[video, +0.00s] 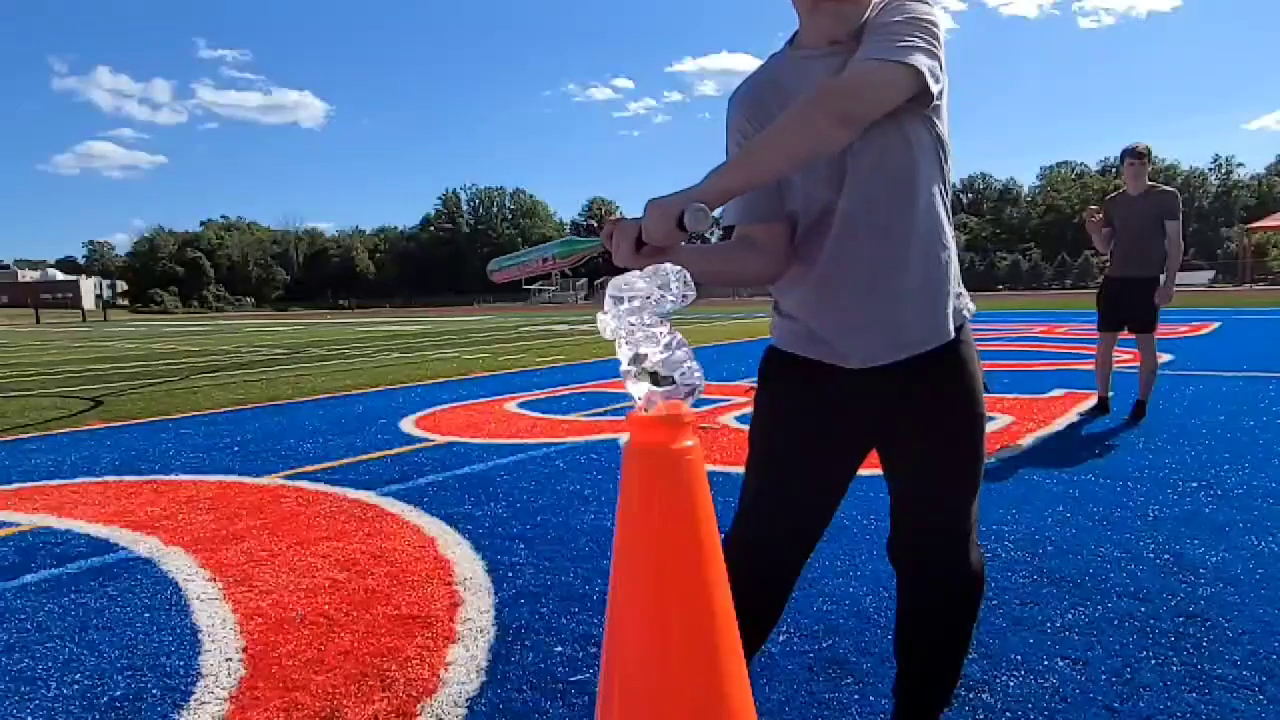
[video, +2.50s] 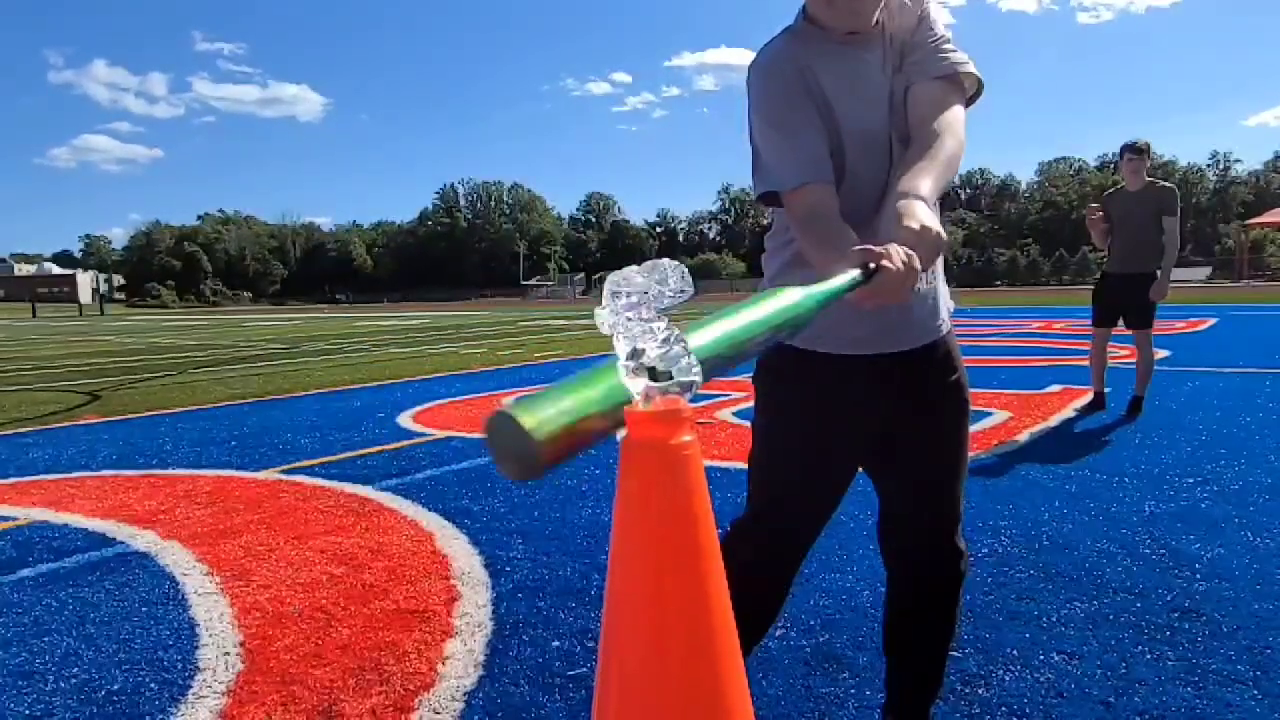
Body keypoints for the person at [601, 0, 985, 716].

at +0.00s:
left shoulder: (908, 21)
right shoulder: (756, 96)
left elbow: (843, 109)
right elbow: (766, 253)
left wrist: (696, 198)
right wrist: (663, 256)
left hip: (930, 358)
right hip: (809, 367)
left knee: (942, 569)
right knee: (753, 571)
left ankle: (919, 711)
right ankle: (687, 700)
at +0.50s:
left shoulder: (911, 17)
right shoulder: (760, 93)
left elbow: (893, 95)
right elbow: (778, 251)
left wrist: (746, 202)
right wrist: (677, 255)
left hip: (928, 355)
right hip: (810, 363)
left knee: (940, 568)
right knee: (756, 568)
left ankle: (917, 712)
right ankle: (686, 698)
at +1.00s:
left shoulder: (910, 21)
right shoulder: (766, 87)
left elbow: (895, 113)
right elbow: (792, 251)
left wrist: (785, 210)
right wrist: (710, 271)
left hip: (927, 355)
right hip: (811, 364)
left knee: (941, 565)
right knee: (759, 565)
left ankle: (918, 707)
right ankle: (687, 696)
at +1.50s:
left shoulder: (918, 22)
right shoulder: (772, 79)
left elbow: (915, 121)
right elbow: (788, 223)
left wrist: (838, 207)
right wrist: (759, 273)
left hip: (924, 357)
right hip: (811, 363)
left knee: (936, 563)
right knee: (764, 554)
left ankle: (913, 711)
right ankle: (682, 694)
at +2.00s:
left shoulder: (919, 21)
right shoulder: (776, 72)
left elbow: (930, 122)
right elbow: (799, 197)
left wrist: (883, 198)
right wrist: (810, 267)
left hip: (921, 354)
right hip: (810, 362)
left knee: (932, 558)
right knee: (767, 547)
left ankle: (911, 711)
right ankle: (685, 689)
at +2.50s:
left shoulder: (922, 23)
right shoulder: (781, 68)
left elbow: (944, 124)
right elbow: (810, 212)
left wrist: (916, 195)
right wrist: (855, 264)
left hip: (920, 357)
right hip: (814, 362)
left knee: (930, 559)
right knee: (765, 551)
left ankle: (908, 712)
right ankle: (684, 693)